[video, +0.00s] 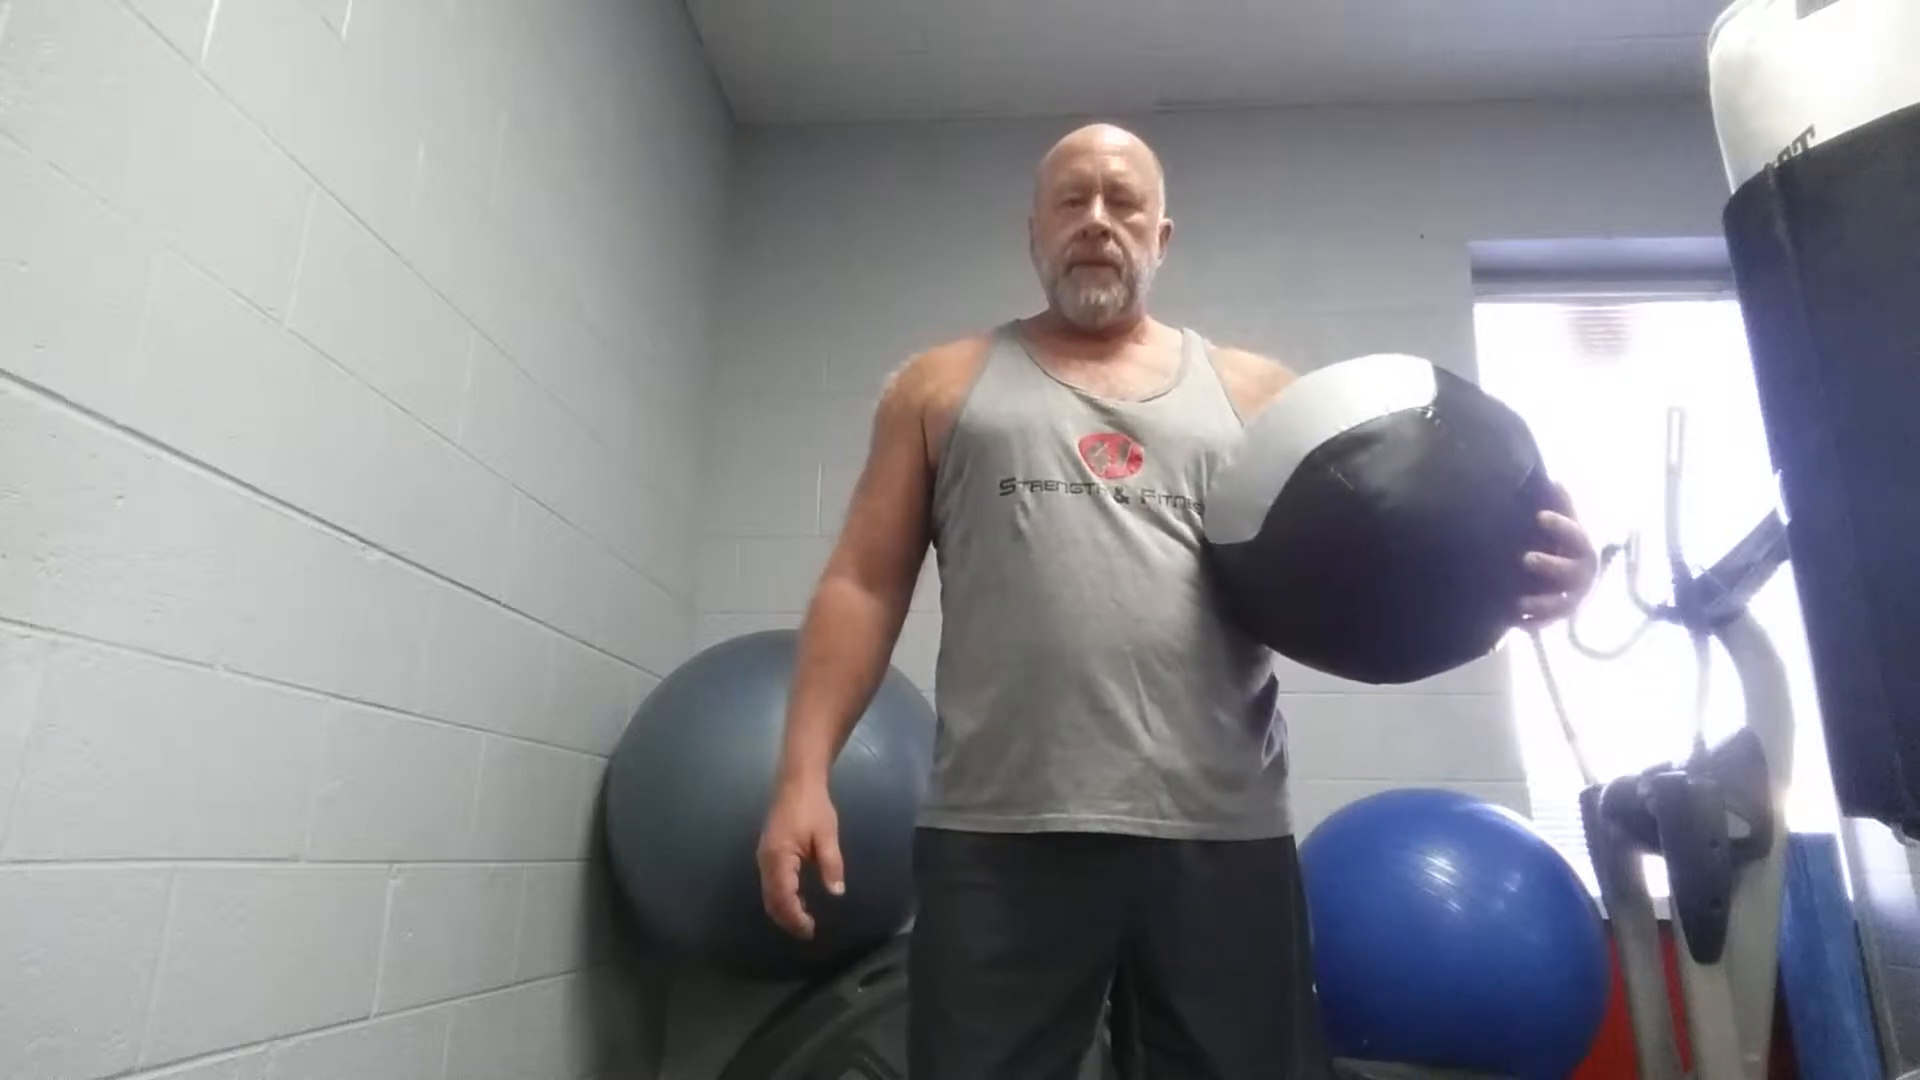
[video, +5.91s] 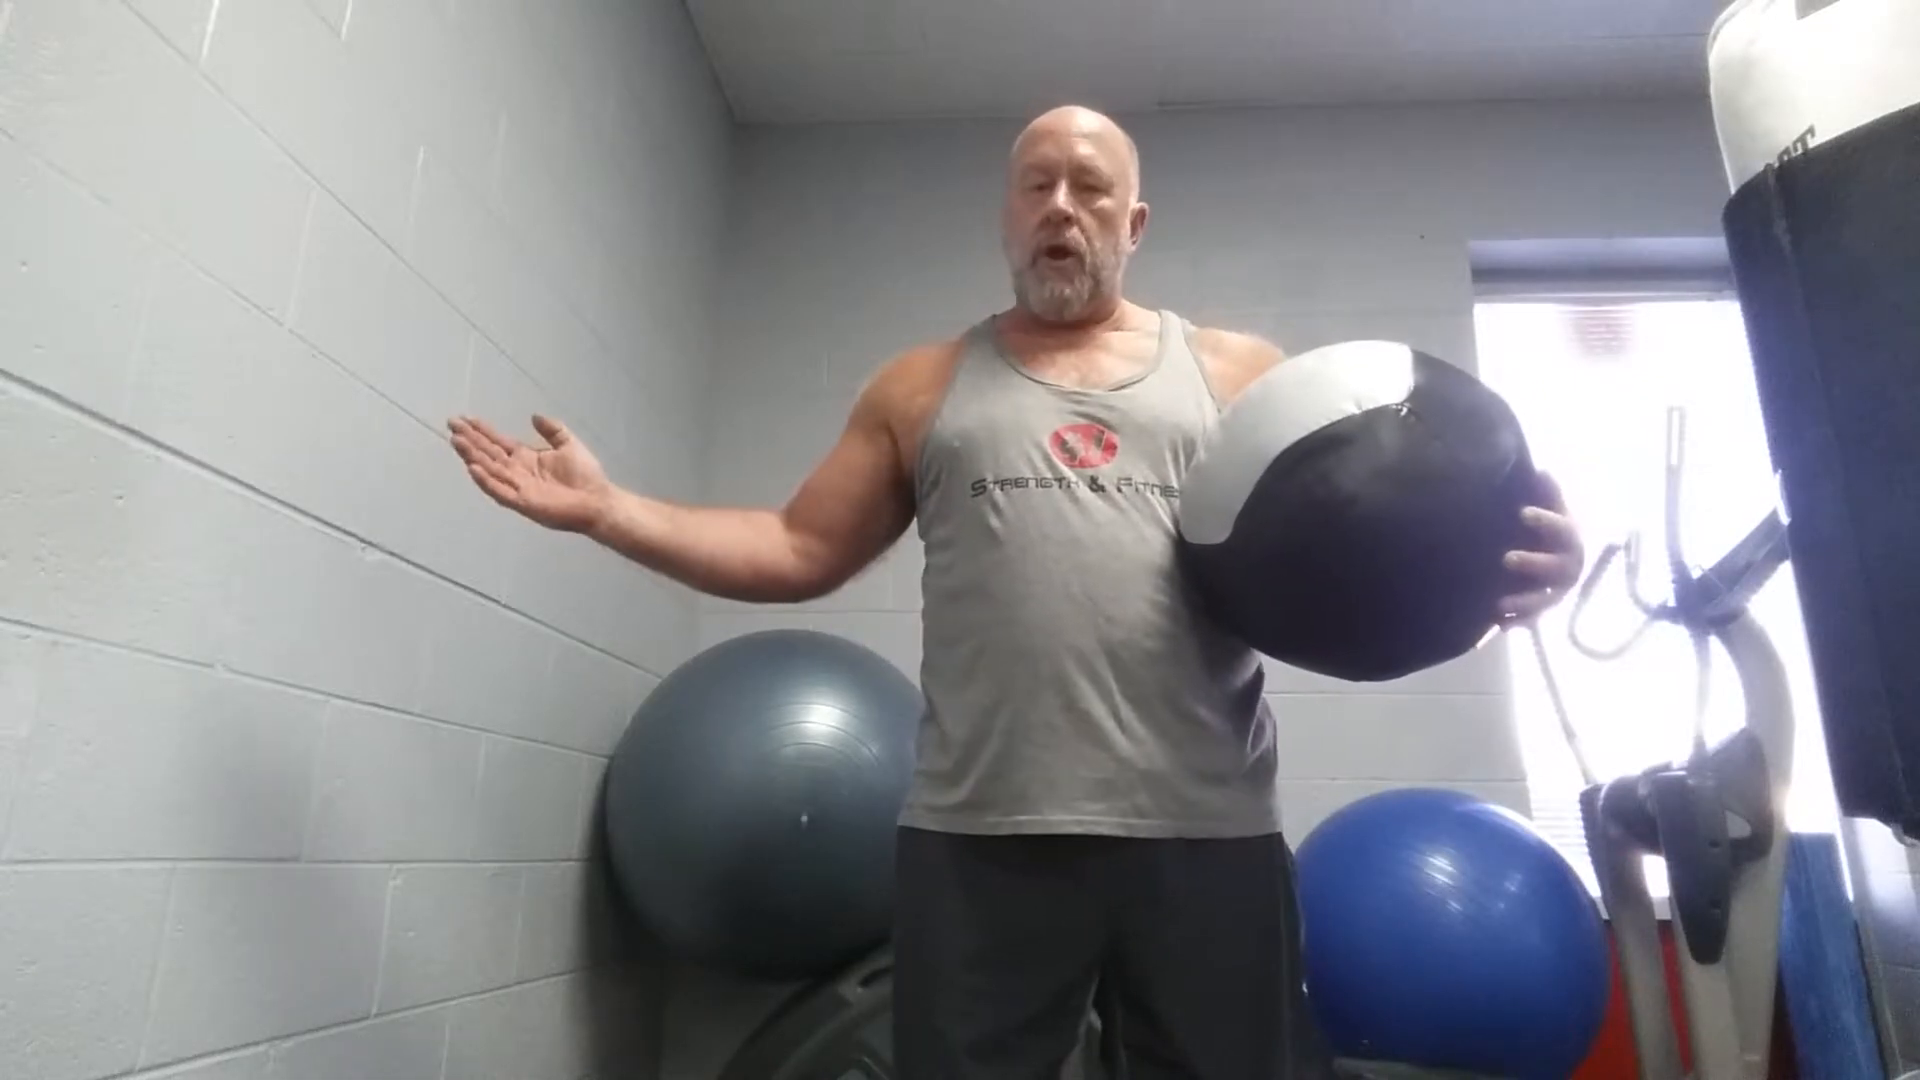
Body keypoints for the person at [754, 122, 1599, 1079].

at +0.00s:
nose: (1096, 220)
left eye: (1123, 202)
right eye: (1071, 200)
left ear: (1163, 236)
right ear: (1033, 230)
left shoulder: (1253, 387)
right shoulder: (942, 385)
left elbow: (1398, 531)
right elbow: (863, 582)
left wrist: (1540, 568)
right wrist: (803, 775)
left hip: (1222, 840)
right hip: (997, 839)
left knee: (1245, 1069)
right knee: (980, 1069)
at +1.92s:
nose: (1078, 212)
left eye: (1106, 191)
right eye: (1052, 191)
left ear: (1151, 216)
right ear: (1017, 216)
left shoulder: (1256, 375)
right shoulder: (935, 385)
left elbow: (1403, 532)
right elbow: (864, 585)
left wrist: (1544, 565)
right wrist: (808, 781)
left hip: (1223, 849)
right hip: (993, 849)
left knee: (1252, 1067)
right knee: (976, 1066)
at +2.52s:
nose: (1091, 206)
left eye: (1120, 187)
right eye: (1066, 184)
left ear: (1162, 222)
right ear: (1028, 213)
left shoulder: (1256, 374)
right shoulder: (938, 377)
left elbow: (1404, 521)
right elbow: (864, 564)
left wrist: (1545, 558)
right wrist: (832, 714)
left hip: (1222, 844)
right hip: (995, 843)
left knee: (1250, 1067)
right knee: (976, 1068)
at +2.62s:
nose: (1091, 206)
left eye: (1120, 187)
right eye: (1066, 183)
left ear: (1160, 222)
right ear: (1029, 212)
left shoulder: (1253, 373)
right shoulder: (936, 379)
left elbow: (1400, 525)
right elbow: (853, 558)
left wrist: (1540, 565)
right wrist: (876, 623)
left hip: (1221, 844)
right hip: (994, 844)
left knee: (1249, 1067)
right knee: (975, 1067)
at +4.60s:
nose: (1035, 205)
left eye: (1063, 182)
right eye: (1010, 185)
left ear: (1115, 210)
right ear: (984, 217)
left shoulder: (1235, 364)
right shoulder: (912, 389)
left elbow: (1385, 507)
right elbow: (833, 614)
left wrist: (1529, 541)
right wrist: (875, 561)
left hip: (1215, 841)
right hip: (986, 844)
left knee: (1241, 1070)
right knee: (968, 1070)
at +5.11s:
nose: (1033, 193)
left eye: (1062, 174)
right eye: (1009, 176)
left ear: (1114, 213)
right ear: (978, 214)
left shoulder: (1228, 362)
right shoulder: (908, 390)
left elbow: (1369, 527)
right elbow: (828, 590)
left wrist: (1518, 548)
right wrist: (749, 510)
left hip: (1209, 839)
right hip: (984, 843)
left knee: (1239, 1068)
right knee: (970, 1067)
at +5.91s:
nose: (1060, 206)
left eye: (1090, 186)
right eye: (1039, 183)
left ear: (1140, 218)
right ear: (1001, 212)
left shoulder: (1236, 372)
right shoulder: (924, 386)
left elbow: (1378, 524)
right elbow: (797, 547)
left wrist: (1525, 557)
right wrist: (603, 505)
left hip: (1203, 841)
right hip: (980, 844)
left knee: (1235, 1077)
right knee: (962, 1075)